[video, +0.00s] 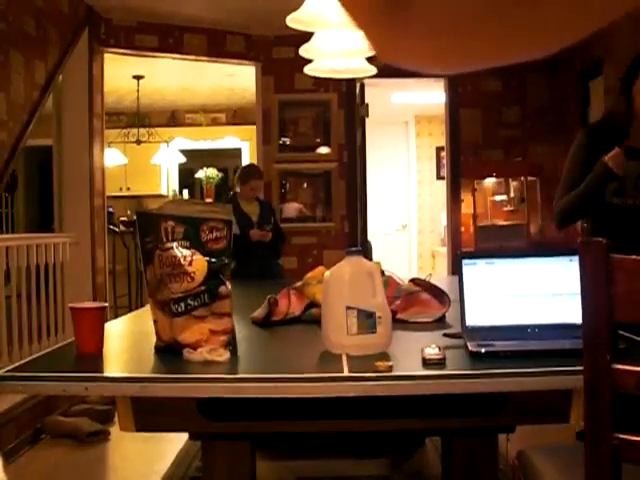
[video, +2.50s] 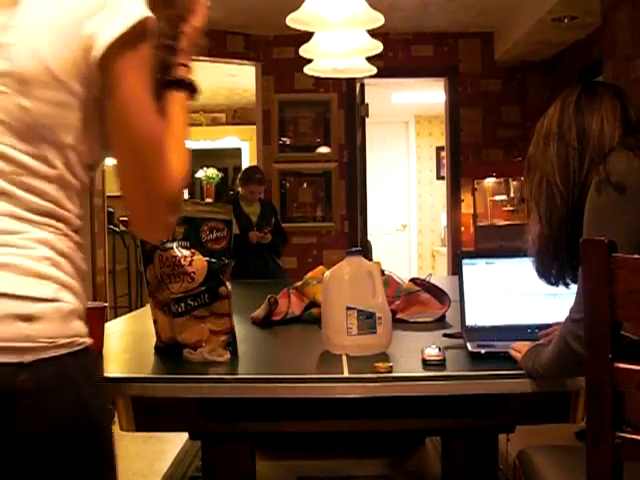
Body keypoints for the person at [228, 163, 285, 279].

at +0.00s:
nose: (255, 193)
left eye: (258, 189)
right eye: (252, 189)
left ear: (262, 186)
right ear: (241, 186)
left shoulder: (266, 206)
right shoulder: (229, 206)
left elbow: (280, 236)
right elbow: (226, 240)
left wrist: (270, 236)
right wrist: (249, 236)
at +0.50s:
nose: (256, 197)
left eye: (260, 192)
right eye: (252, 192)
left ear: (264, 189)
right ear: (241, 187)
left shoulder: (268, 207)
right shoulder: (230, 206)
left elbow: (282, 239)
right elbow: (225, 241)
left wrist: (271, 237)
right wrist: (247, 237)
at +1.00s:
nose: (256, 197)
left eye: (260, 193)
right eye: (252, 192)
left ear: (264, 190)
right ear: (241, 187)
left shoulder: (268, 207)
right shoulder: (230, 206)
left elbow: (282, 238)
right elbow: (226, 243)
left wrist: (270, 237)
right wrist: (248, 237)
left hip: (268, 270)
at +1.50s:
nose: (256, 197)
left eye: (260, 193)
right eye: (252, 192)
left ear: (264, 189)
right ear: (241, 187)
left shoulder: (268, 207)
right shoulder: (230, 206)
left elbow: (282, 238)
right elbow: (226, 242)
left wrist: (271, 237)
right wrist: (248, 237)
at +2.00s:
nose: (256, 197)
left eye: (260, 193)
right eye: (252, 192)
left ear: (264, 190)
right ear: (241, 186)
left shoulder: (268, 207)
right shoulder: (230, 206)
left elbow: (283, 238)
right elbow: (226, 241)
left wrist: (271, 238)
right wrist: (247, 237)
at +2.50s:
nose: (256, 197)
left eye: (260, 193)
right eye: (251, 193)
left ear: (264, 189)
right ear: (241, 187)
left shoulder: (267, 206)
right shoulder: (230, 206)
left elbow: (282, 237)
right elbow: (225, 241)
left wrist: (270, 238)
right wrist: (247, 238)